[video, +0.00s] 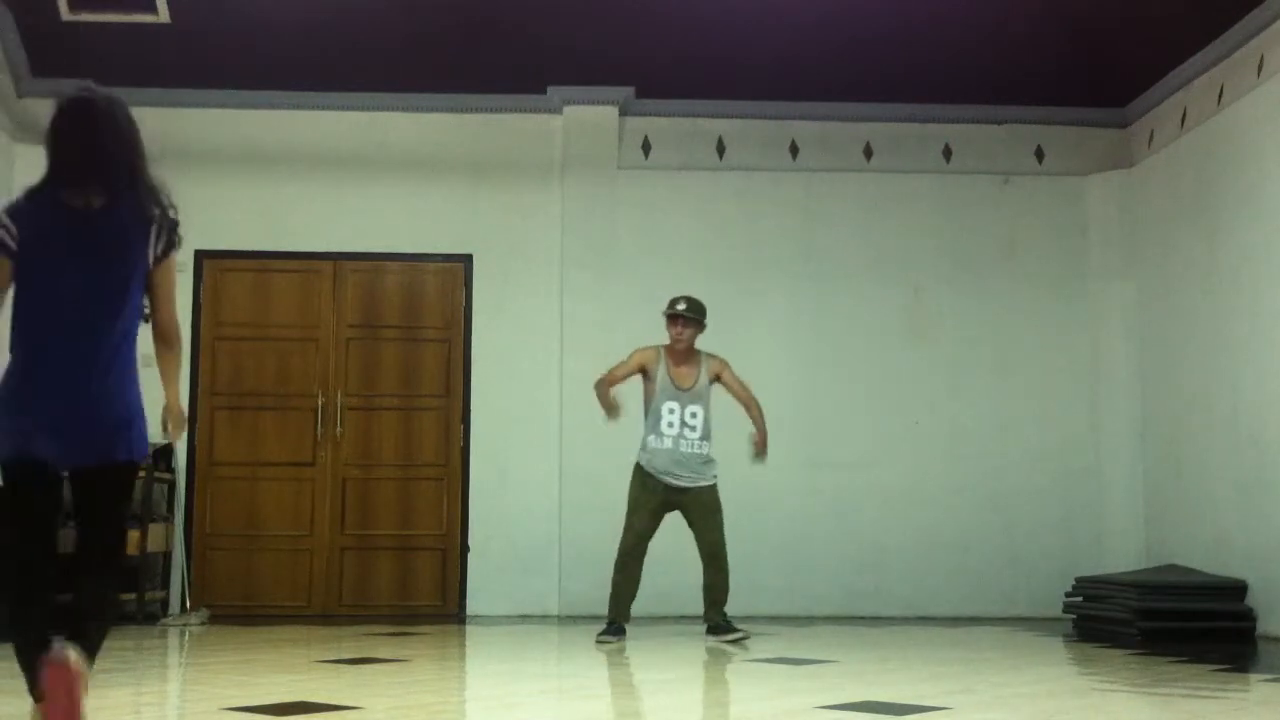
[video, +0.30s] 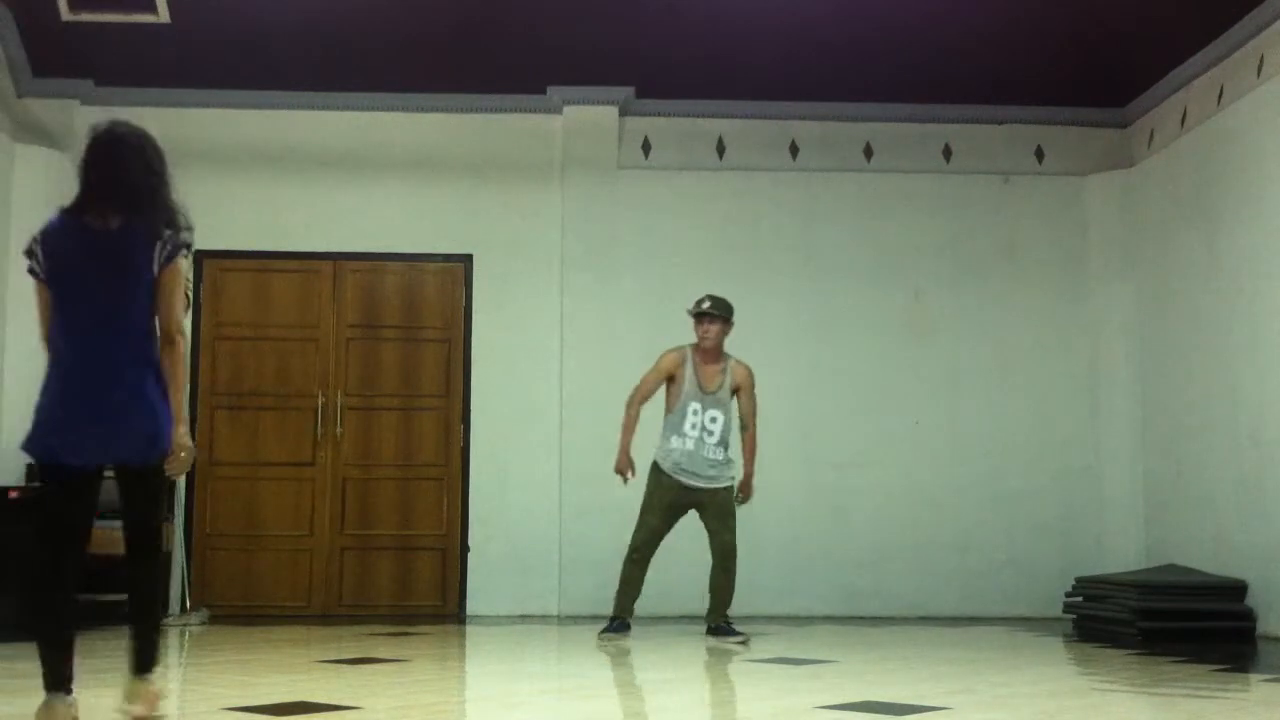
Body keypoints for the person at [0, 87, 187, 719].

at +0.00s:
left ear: (56, 146)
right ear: (127, 147)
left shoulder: (24, 216)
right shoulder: (150, 219)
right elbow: (165, 324)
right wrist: (173, 395)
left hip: (27, 405)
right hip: (110, 408)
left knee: (25, 550)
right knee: (105, 544)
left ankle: (46, 693)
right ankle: (75, 651)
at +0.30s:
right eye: (146, 168)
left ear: (87, 170)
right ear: (150, 174)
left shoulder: (52, 237)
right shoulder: (162, 234)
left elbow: (49, 334)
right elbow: (171, 333)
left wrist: (76, 386)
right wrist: (180, 421)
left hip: (69, 405)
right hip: (140, 408)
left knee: (60, 546)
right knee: (147, 542)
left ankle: (58, 694)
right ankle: (144, 679)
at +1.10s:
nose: (169, 247)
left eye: (172, 240)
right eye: (172, 239)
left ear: (182, 248)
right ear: (226, 248)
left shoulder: (162, 301)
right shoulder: (249, 306)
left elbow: (139, 374)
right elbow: (259, 379)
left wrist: (119, 442)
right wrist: (256, 430)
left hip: (167, 446)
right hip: (224, 447)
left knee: (168, 550)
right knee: (213, 546)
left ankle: (183, 668)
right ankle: (199, 613)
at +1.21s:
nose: (179, 248)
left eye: (183, 241)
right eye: (182, 239)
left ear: (194, 248)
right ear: (234, 248)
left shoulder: (175, 301)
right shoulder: (256, 306)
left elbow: (156, 379)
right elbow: (262, 382)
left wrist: (135, 439)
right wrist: (264, 442)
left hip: (177, 440)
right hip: (235, 440)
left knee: (175, 546)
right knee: (211, 535)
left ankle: (182, 664)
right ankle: (217, 611)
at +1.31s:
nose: (190, 250)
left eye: (196, 243)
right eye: (192, 242)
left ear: (212, 250)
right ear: (241, 251)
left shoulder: (191, 301)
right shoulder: (258, 306)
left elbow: (172, 377)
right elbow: (267, 383)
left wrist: (151, 434)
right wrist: (270, 445)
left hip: (196, 437)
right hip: (244, 439)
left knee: (188, 543)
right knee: (204, 535)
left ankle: (185, 661)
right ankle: (245, 627)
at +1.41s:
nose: (199, 261)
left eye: (205, 254)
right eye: (201, 253)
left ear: (225, 261)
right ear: (246, 262)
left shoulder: (209, 309)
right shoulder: (260, 317)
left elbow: (188, 377)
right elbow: (273, 386)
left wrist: (170, 426)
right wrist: (274, 448)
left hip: (210, 445)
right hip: (248, 448)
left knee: (197, 548)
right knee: (222, 545)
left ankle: (198, 657)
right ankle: (252, 629)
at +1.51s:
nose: (211, 276)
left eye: (218, 269)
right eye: (213, 269)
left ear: (238, 274)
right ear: (249, 275)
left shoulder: (240, 324)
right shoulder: (261, 325)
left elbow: (217, 382)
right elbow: (269, 397)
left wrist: (194, 419)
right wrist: (273, 456)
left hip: (230, 450)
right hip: (251, 450)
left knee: (213, 549)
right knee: (241, 548)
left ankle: (210, 655)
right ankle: (264, 643)